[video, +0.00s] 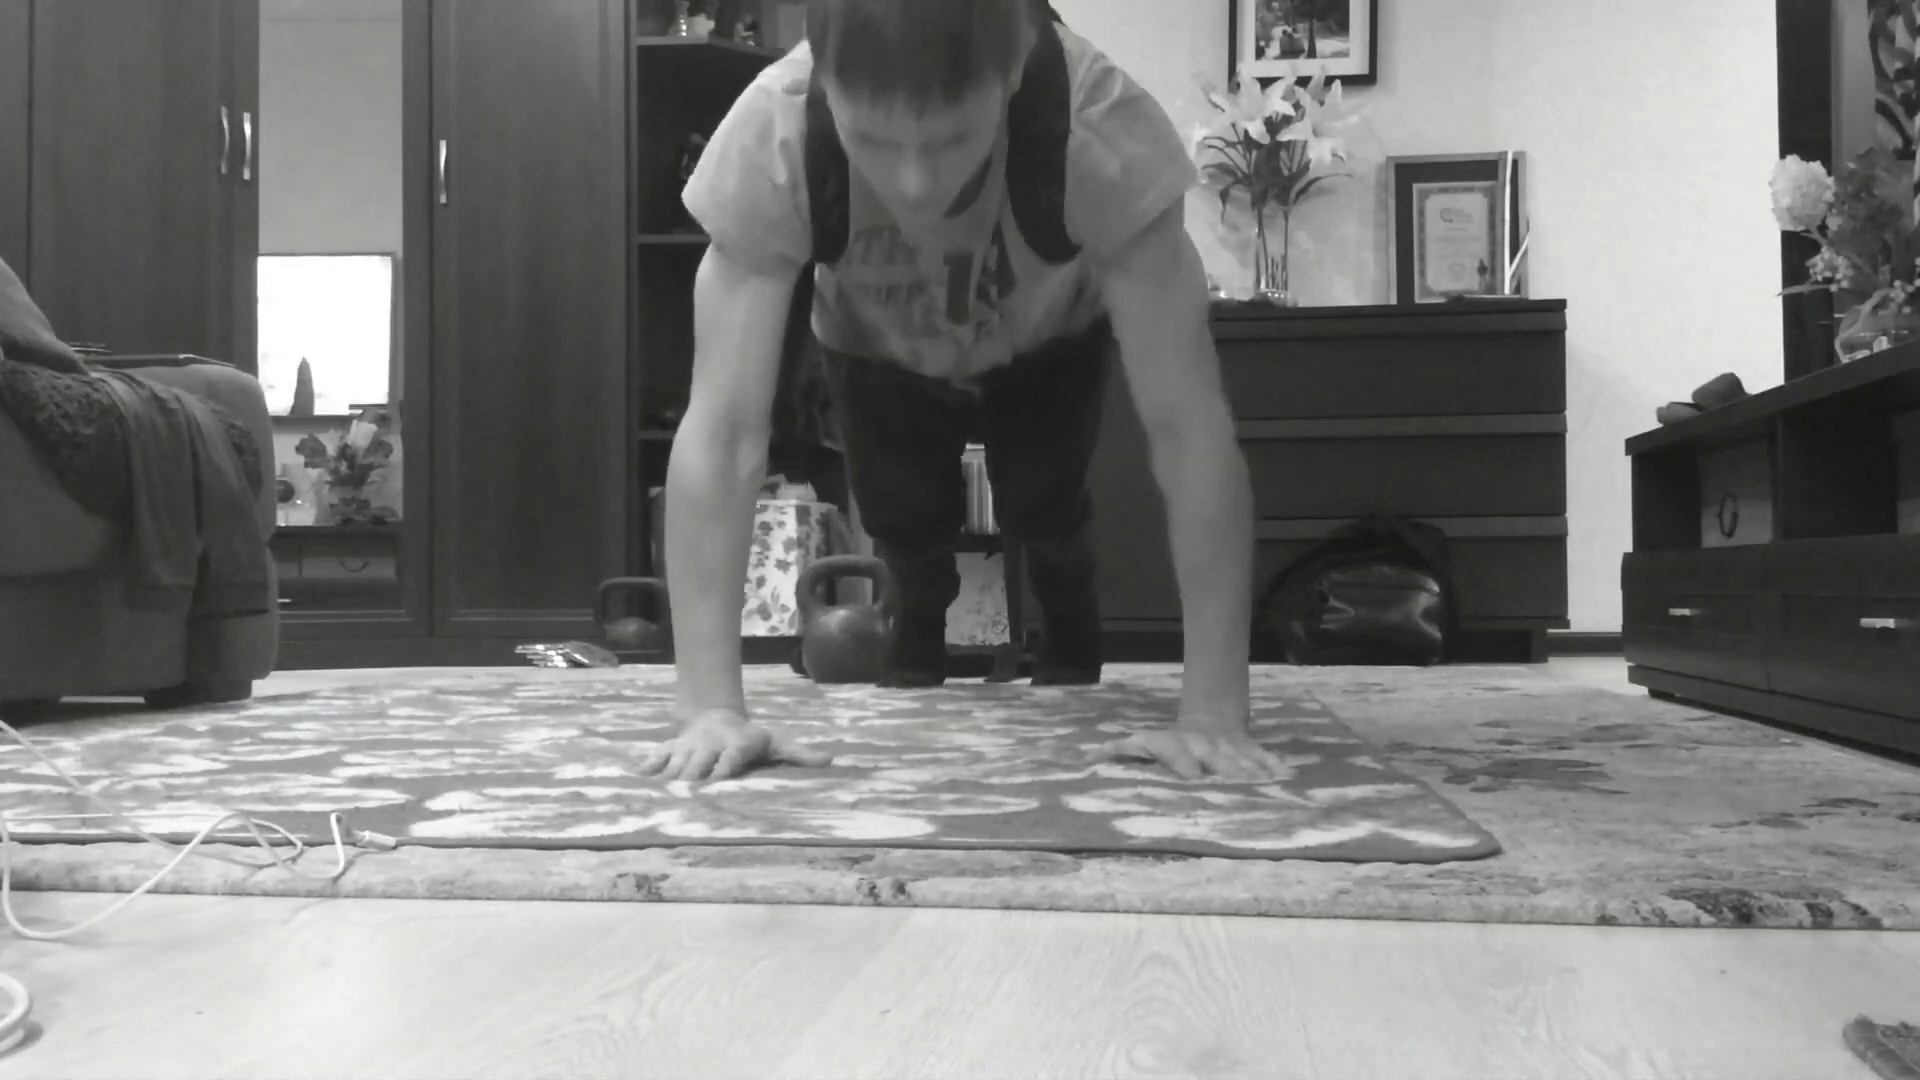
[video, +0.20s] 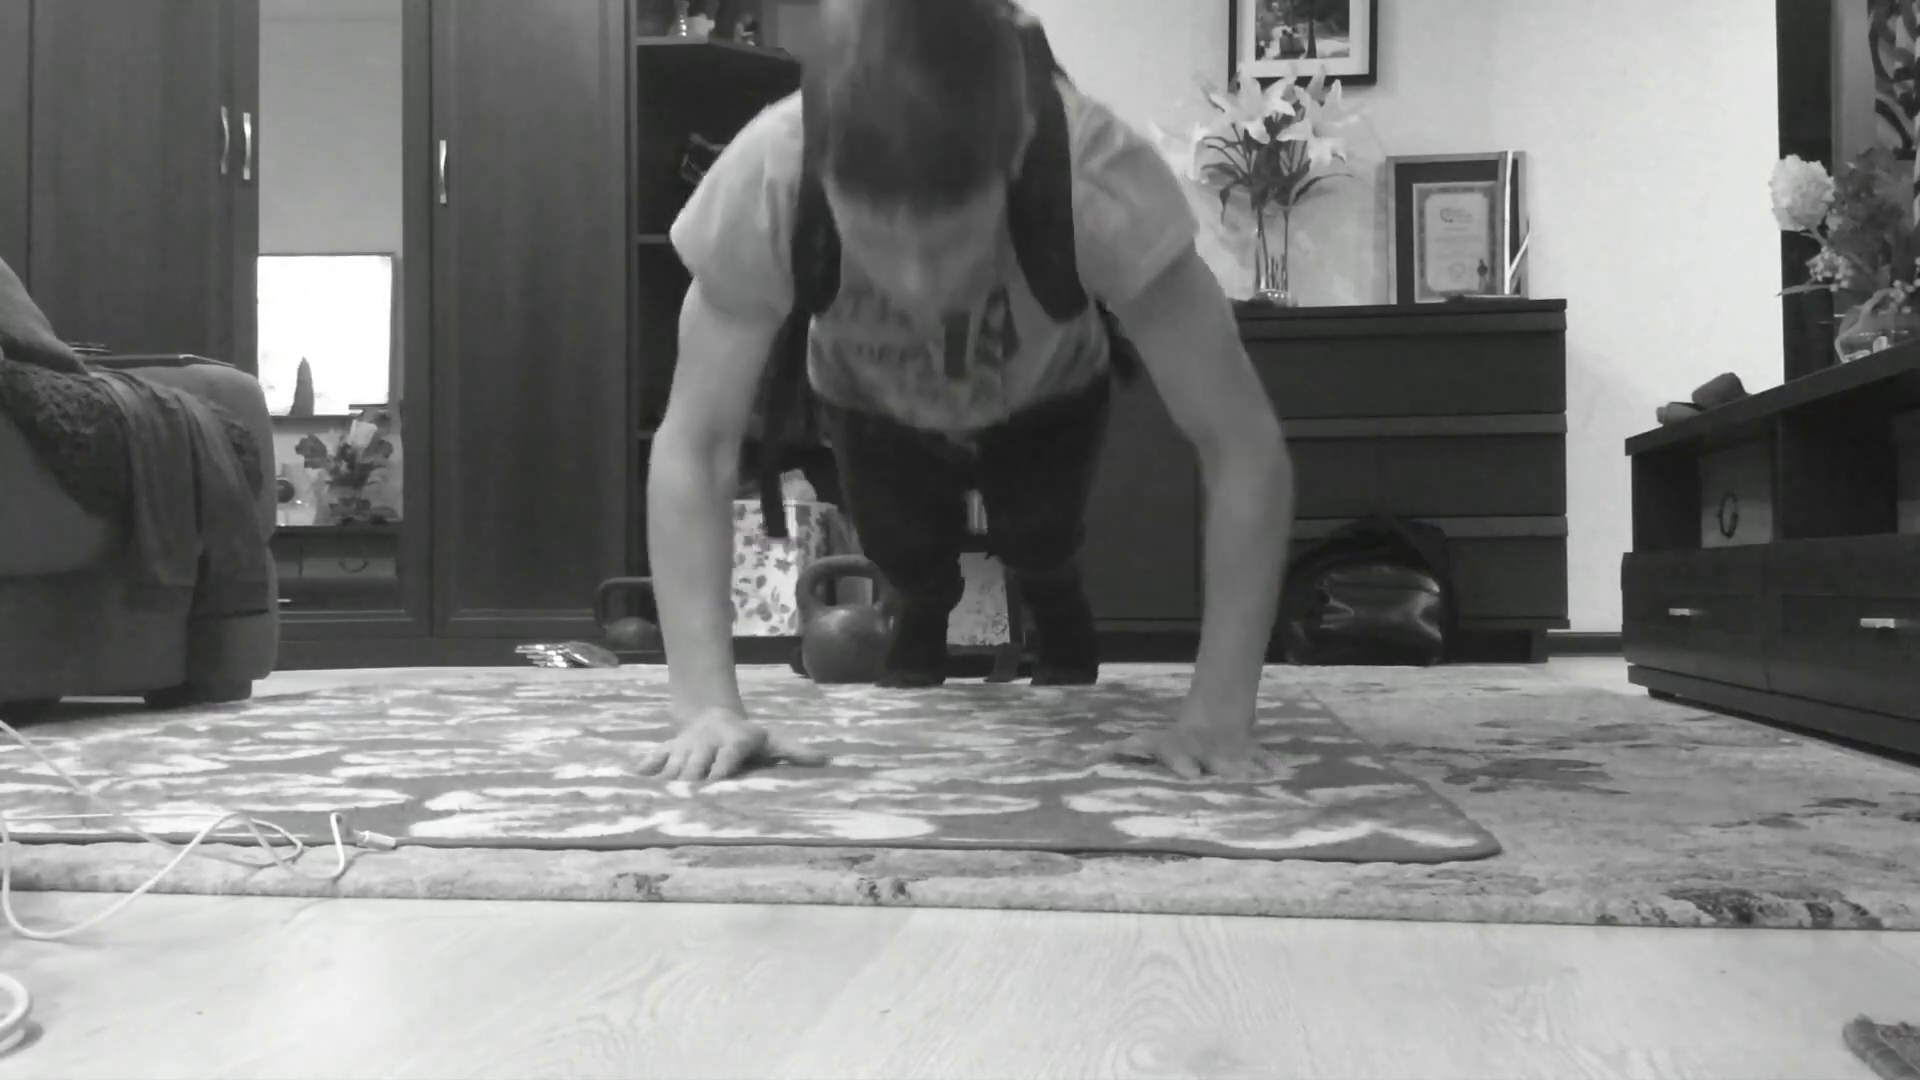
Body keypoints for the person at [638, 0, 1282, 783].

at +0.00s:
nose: (915, 182)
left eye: (950, 144)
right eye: (876, 144)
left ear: (1012, 78)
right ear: (831, 93)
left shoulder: (1103, 142)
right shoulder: (774, 147)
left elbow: (1193, 431)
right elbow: (719, 438)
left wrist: (1215, 712)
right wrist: (710, 708)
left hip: (1047, 338)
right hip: (876, 343)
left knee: (1049, 524)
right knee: (901, 525)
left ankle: (1069, 667)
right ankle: (914, 613)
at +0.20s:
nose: (921, 285)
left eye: (952, 244)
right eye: (884, 250)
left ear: (1013, 162)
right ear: (830, 180)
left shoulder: (1104, 187)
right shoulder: (763, 196)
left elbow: (1247, 450)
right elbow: (691, 448)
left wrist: (1219, 712)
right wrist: (706, 707)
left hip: (1045, 396)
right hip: (874, 402)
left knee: (1044, 546)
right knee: (902, 554)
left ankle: (1051, 606)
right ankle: (918, 613)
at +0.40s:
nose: (930, 401)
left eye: (962, 363)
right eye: (894, 367)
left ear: (1030, 273)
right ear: (836, 275)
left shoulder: (1107, 253)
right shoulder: (765, 264)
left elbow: (1295, 460)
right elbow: (662, 465)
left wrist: (1228, 707)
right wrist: (705, 708)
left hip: (1047, 468)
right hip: (880, 481)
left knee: (1043, 566)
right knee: (909, 585)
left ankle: (1048, 616)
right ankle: (915, 626)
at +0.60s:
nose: (947, 548)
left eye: (984, 512)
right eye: (901, 523)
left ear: (1049, 398)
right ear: (841, 425)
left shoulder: (1125, 349)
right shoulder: (771, 348)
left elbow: (1323, 476)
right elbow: (644, 477)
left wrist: (1233, 704)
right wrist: (700, 705)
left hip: (1056, 521)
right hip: (883, 544)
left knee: (1045, 587)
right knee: (904, 606)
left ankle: (1048, 627)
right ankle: (918, 632)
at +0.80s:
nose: (944, 643)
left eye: (983, 601)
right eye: (902, 605)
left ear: (1056, 492)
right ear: (832, 498)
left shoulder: (1124, 411)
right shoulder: (771, 413)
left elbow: (1337, 485)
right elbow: (628, 488)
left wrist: (1228, 712)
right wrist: (699, 705)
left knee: (1052, 661)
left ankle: (1042, 652)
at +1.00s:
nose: (937, 703)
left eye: (978, 660)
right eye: (893, 662)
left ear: (1047, 557)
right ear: (829, 561)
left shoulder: (1127, 470)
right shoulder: (759, 475)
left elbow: (1342, 486)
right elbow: (618, 492)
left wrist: (1230, 710)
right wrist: (703, 709)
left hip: (1020, 326)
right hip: (858, 321)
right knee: (824, 660)